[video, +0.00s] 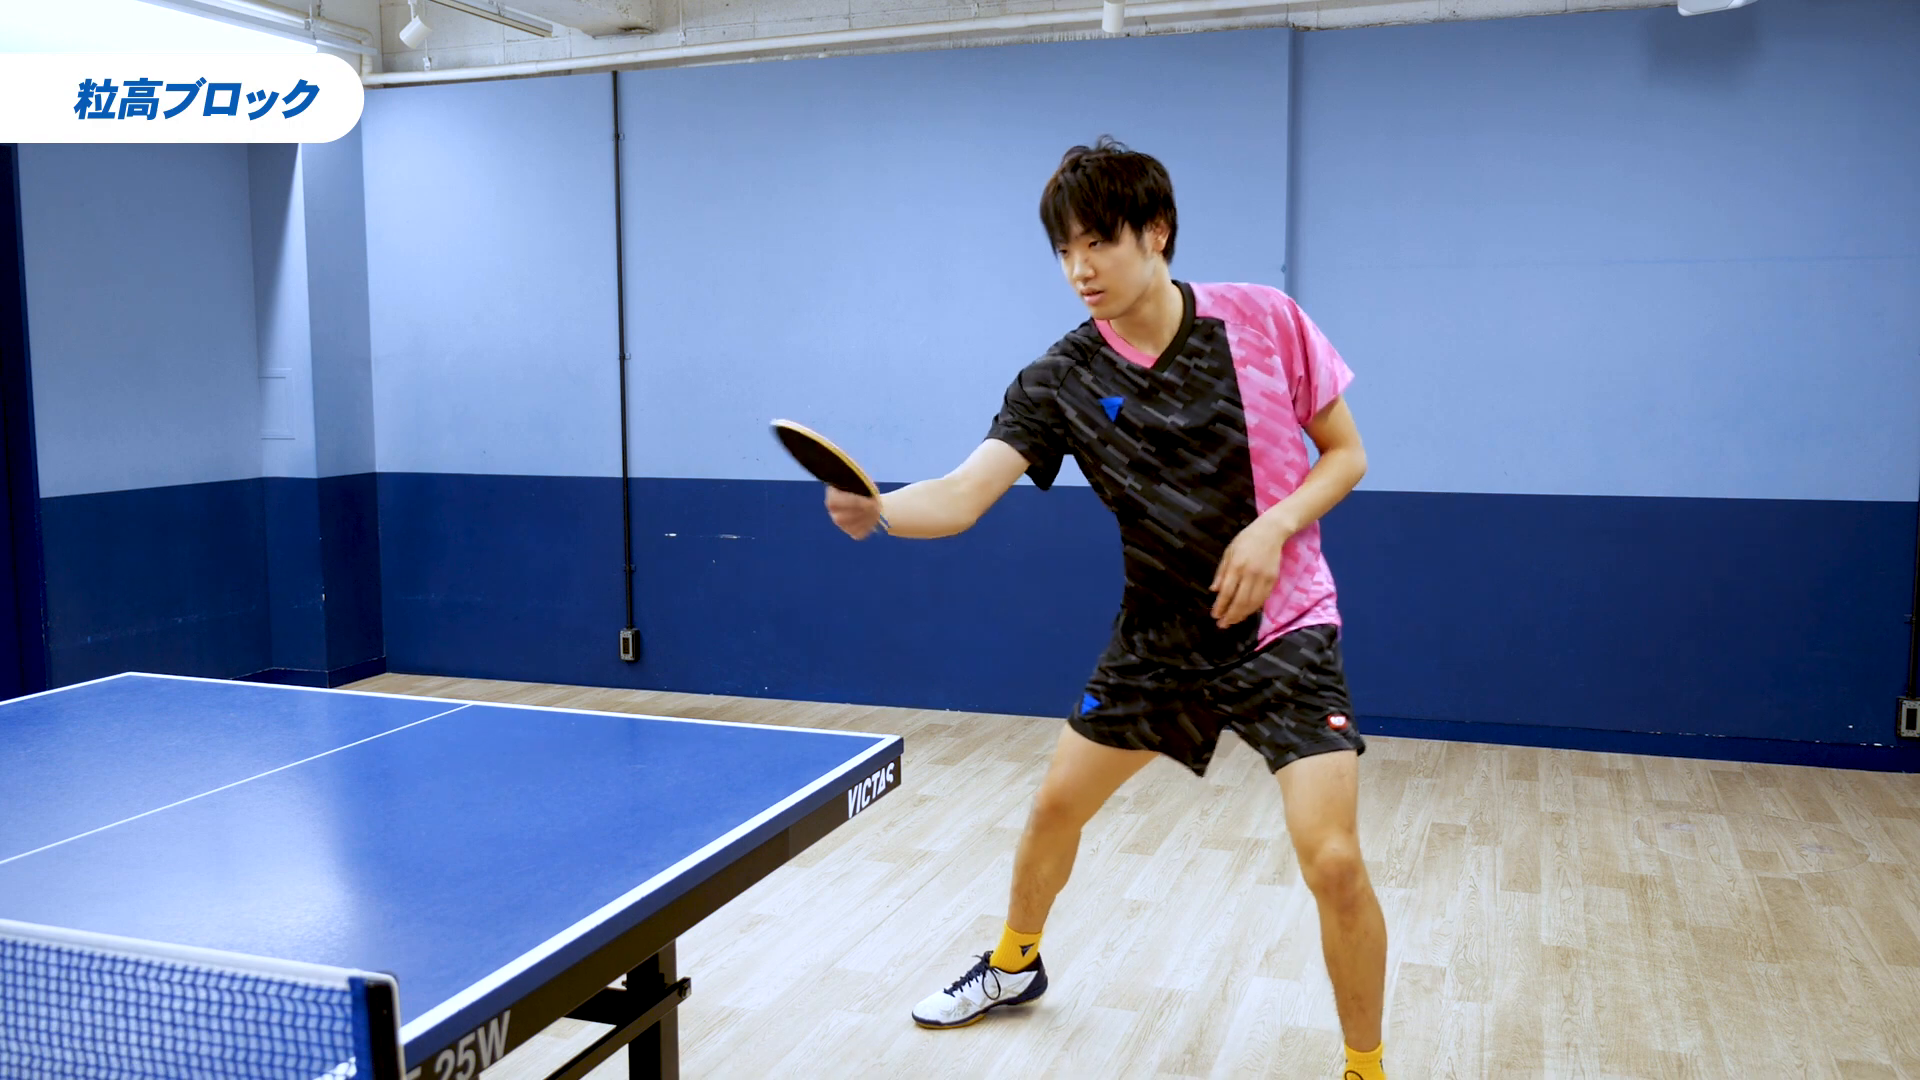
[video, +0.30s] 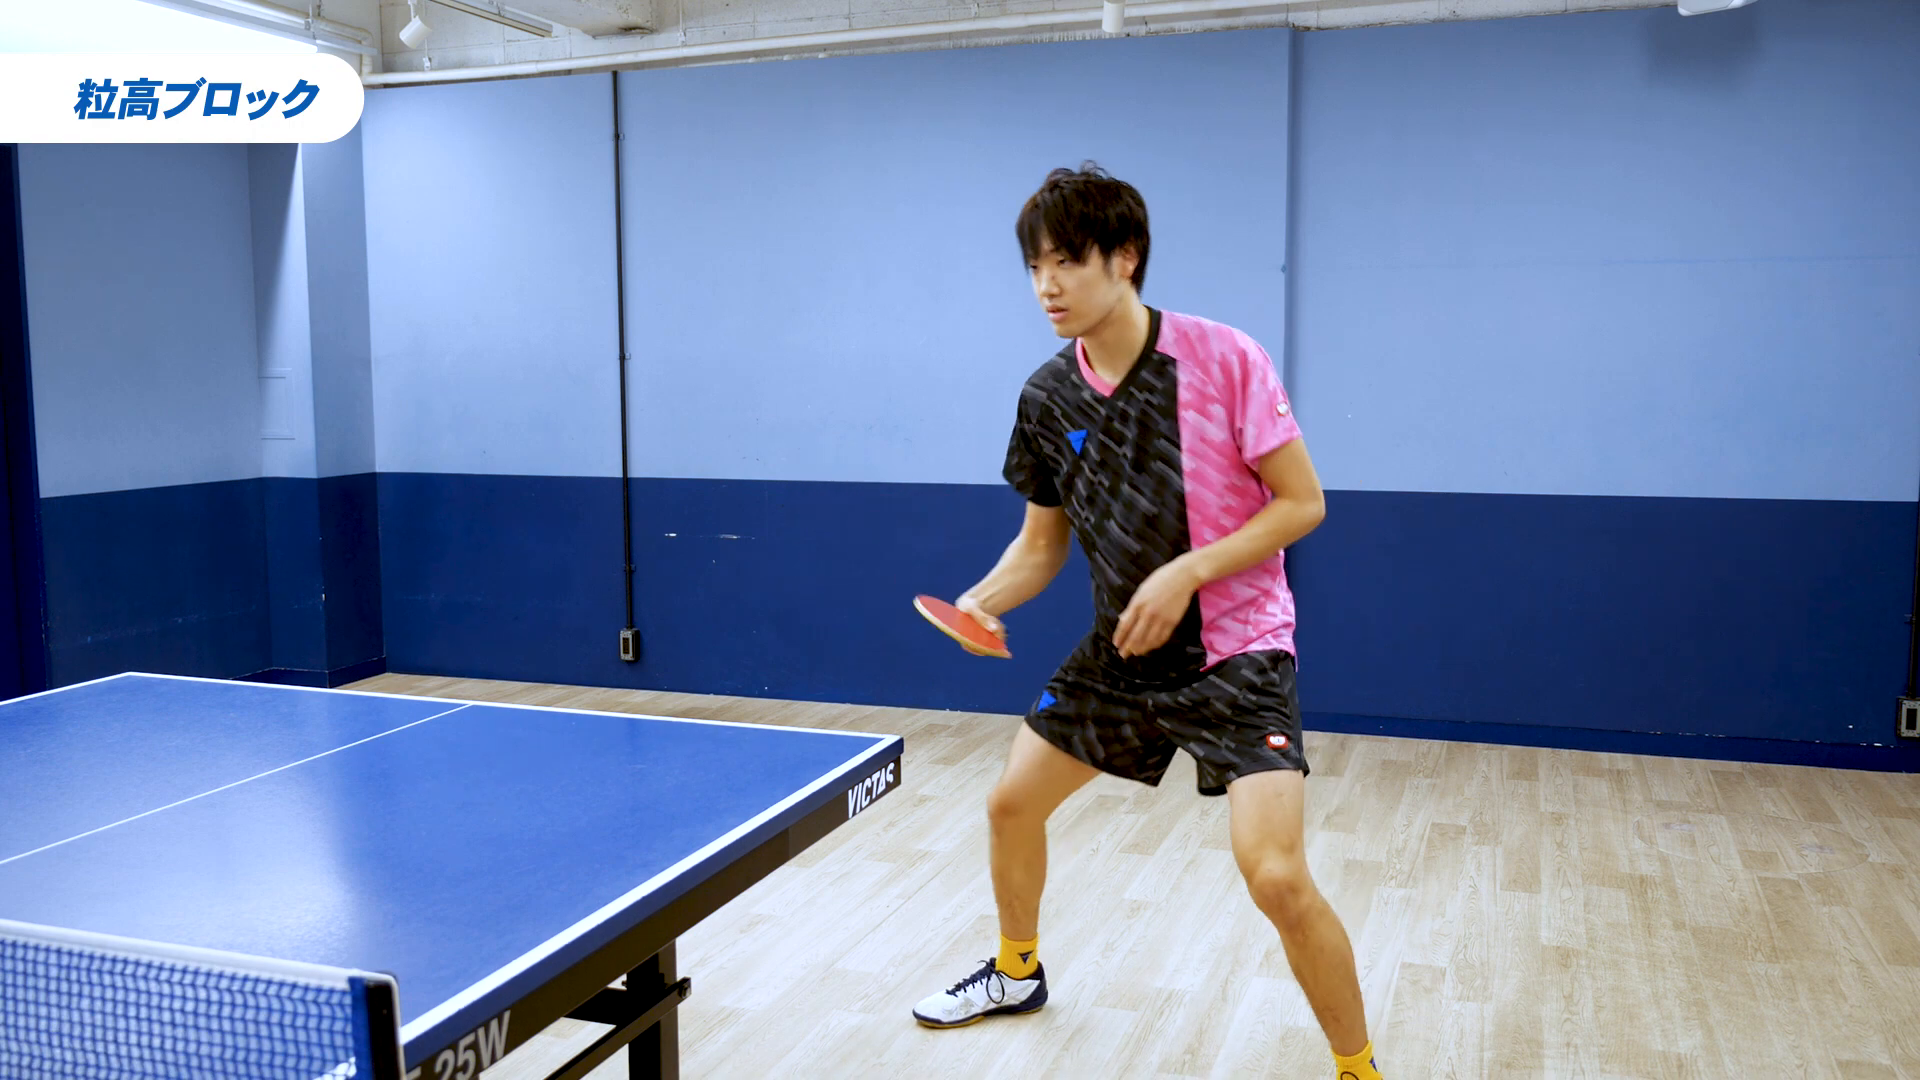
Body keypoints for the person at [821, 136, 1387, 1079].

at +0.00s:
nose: (1080, 266)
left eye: (1098, 240)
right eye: (1065, 246)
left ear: (1157, 235)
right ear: (1057, 256)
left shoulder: (1264, 320)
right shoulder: (1063, 378)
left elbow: (1346, 454)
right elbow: (961, 495)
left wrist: (1273, 529)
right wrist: (881, 510)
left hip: (1285, 625)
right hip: (1162, 626)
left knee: (1336, 866)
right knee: (1057, 803)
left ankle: (1366, 1067)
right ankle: (1013, 966)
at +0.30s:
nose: (1046, 282)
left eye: (1065, 260)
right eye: (1036, 263)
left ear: (1125, 260)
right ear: (1030, 272)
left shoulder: (1222, 357)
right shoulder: (1050, 395)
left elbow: (1303, 501)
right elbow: (1042, 541)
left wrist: (1188, 571)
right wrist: (986, 599)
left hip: (1239, 647)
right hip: (1124, 648)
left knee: (1277, 879)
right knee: (1014, 805)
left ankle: (1358, 1069)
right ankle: (1016, 970)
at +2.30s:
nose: (1073, 364)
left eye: (1086, 337)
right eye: (1056, 346)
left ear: (1142, 311)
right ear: (1044, 342)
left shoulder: (1262, 351)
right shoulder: (1077, 444)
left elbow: (1372, 467)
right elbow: (1050, 596)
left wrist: (1289, 556)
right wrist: (1001, 616)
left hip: (1294, 640)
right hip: (1174, 647)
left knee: (1318, 879)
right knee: (1057, 814)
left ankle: (1364, 1070)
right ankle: (1026, 971)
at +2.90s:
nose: (1013, 286)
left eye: (1031, 262)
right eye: (1003, 269)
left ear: (1090, 259)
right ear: (1003, 277)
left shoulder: (1190, 352)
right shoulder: (1038, 396)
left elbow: (1276, 491)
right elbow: (1054, 538)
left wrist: (1154, 553)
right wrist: (996, 607)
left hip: (1217, 644)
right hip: (1110, 645)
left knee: (1255, 872)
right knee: (1000, 802)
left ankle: (1356, 1067)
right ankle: (1023, 973)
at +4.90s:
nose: (1035, 380)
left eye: (1047, 354)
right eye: (1019, 364)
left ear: (1101, 325)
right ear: (1011, 362)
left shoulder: (1229, 370)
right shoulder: (1052, 443)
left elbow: (1337, 485)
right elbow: (1052, 584)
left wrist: (1247, 577)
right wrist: (1022, 591)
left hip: (1272, 644)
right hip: (1151, 650)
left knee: (1299, 876)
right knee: (1038, 814)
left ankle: (1361, 1067)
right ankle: (1025, 973)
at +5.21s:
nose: (1097, 267)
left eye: (1115, 240)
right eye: (1081, 249)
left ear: (1173, 227)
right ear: (1072, 256)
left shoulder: (1284, 304)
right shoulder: (1083, 384)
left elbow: (1373, 421)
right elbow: (1034, 538)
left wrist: (1309, 503)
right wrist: (975, 613)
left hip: (1286, 607)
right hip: (1165, 610)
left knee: (1328, 856)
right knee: (1067, 789)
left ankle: (1364, 1068)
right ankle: (1014, 953)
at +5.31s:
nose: (1104, 248)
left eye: (1124, 221)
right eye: (1089, 230)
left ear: (1183, 216)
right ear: (1079, 238)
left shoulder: (1285, 304)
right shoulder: (1081, 369)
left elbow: (1370, 430)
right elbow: (1039, 526)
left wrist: (1302, 508)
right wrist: (982, 605)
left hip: (1275, 608)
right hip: (1156, 608)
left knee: (1321, 859)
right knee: (1055, 790)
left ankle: (1363, 1065)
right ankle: (1015, 955)